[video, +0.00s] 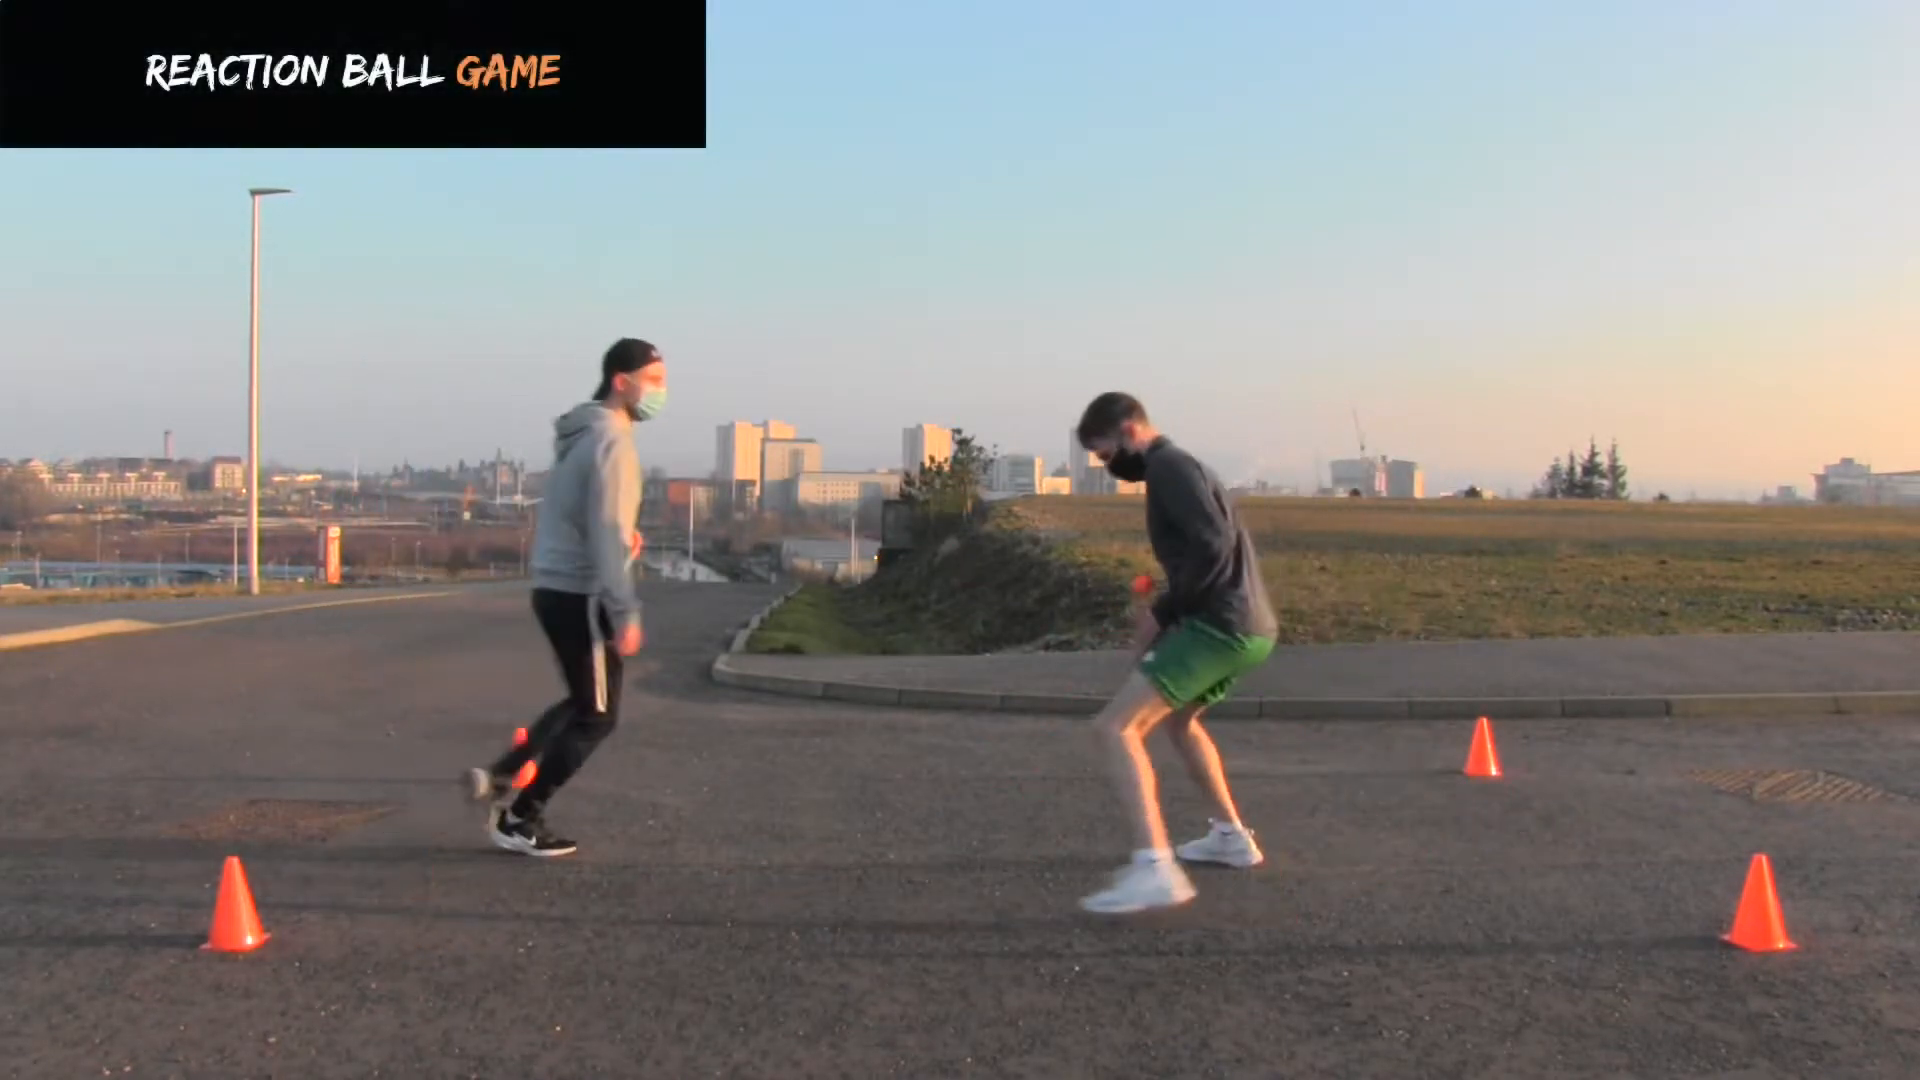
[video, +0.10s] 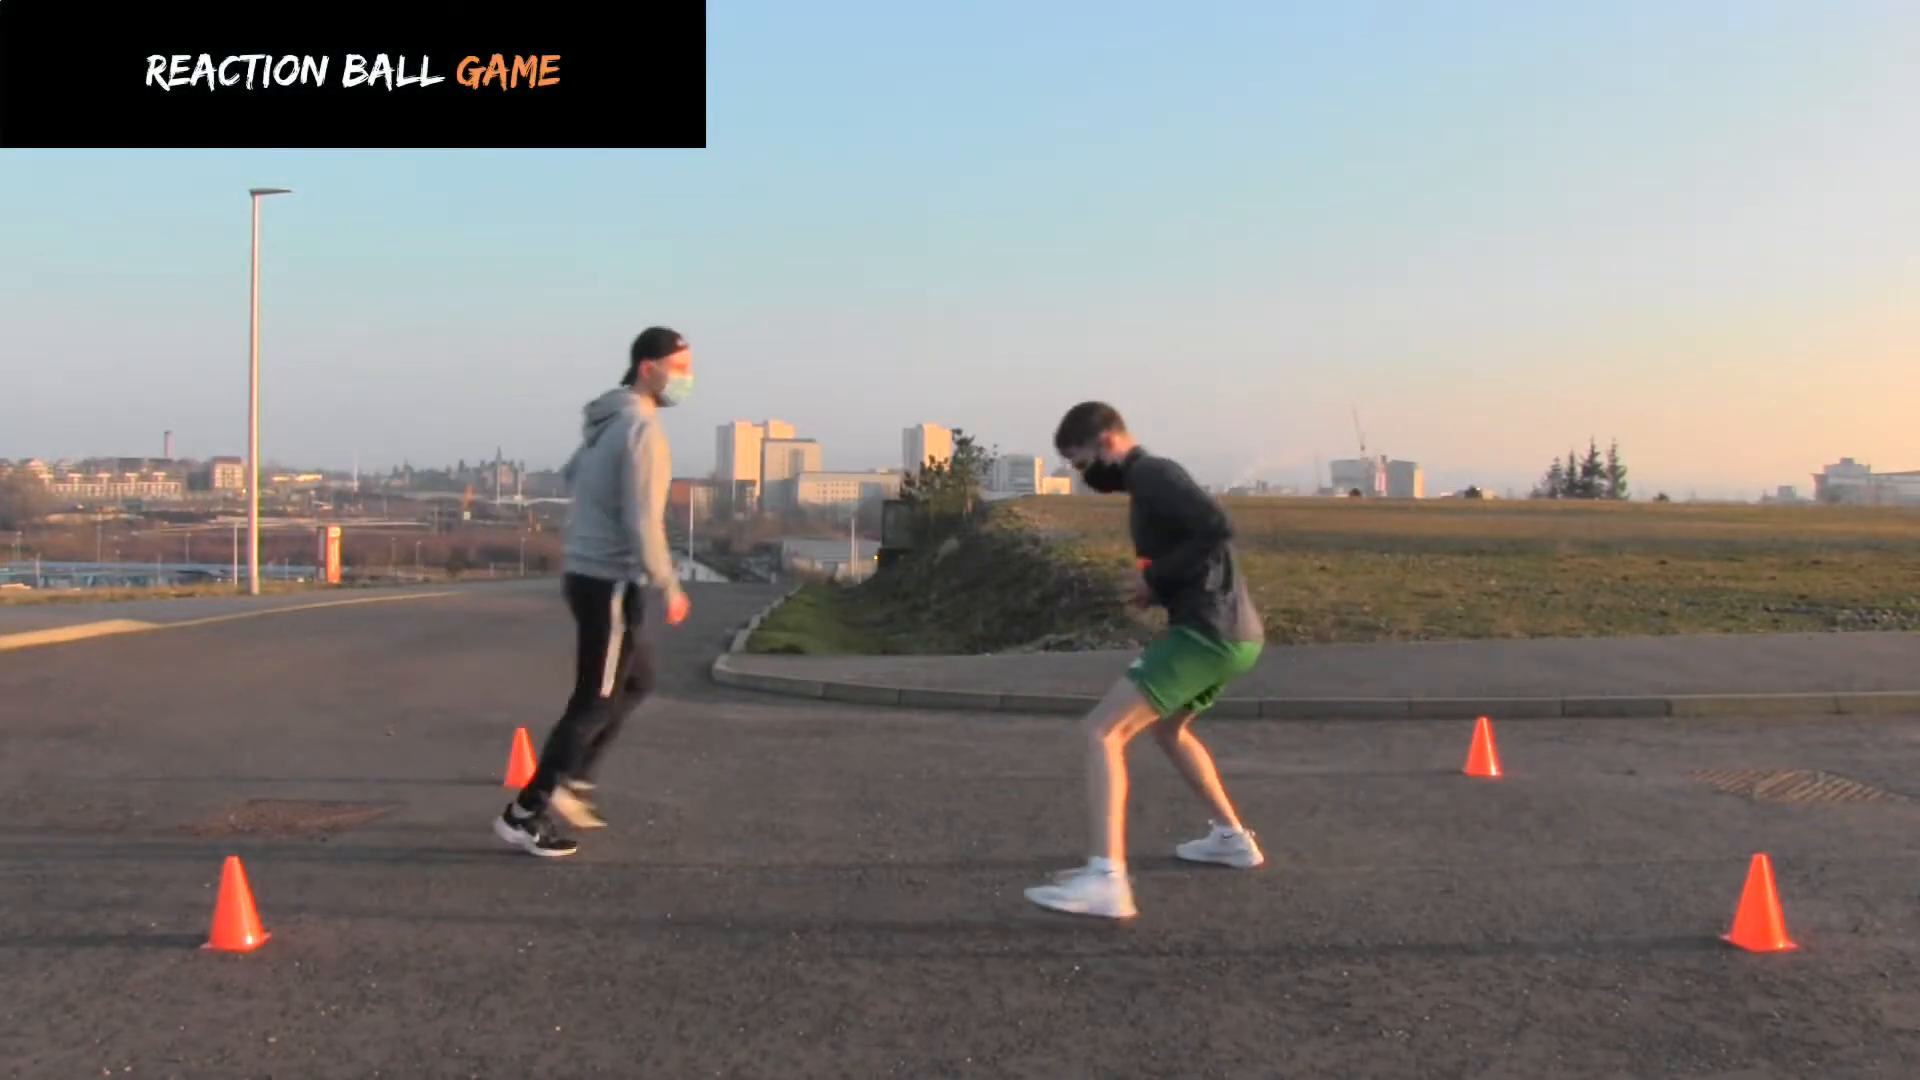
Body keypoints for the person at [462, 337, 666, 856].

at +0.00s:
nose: (661, 390)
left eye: (663, 380)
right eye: (654, 380)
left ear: (619, 383)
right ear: (622, 381)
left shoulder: (587, 431)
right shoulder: (612, 439)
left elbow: (575, 514)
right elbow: (606, 531)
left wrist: (618, 534)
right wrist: (625, 614)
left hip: (557, 587)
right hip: (578, 591)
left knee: (587, 701)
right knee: (597, 713)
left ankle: (500, 776)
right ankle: (520, 819)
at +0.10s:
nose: (688, 375)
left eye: (689, 366)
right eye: (681, 366)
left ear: (647, 370)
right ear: (648, 368)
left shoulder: (613, 419)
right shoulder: (643, 427)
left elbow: (571, 473)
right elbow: (643, 518)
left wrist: (614, 507)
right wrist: (669, 585)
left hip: (595, 572)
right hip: (608, 578)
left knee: (636, 679)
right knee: (596, 698)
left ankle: (571, 780)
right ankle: (525, 811)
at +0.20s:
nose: (722, 361)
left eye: (723, 352)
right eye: (715, 352)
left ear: (684, 355)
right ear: (684, 353)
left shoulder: (654, 402)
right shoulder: (688, 408)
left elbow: (622, 453)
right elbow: (687, 493)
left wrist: (668, 487)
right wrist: (715, 540)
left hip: (644, 552)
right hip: (659, 556)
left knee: (675, 667)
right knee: (637, 676)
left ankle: (687, 782)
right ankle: (561, 792)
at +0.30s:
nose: (741, 375)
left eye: (743, 367)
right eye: (734, 366)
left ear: (710, 370)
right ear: (705, 367)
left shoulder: (694, 414)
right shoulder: (706, 418)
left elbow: (683, 496)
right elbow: (699, 501)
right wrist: (738, 541)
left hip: (683, 562)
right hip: (682, 564)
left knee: (715, 670)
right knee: (686, 682)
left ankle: (703, 785)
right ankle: (589, 779)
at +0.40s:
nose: (769, 387)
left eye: (772, 379)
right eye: (760, 379)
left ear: (772, 384)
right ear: (735, 383)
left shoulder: (763, 434)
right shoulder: (724, 433)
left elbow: (757, 497)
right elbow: (699, 509)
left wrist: (788, 515)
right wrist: (739, 565)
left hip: (749, 577)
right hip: (717, 580)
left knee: (755, 687)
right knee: (754, 689)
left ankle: (709, 784)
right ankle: (673, 782)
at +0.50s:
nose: (785, 373)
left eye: (789, 365)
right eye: (773, 366)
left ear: (796, 371)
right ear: (752, 372)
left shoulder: (797, 429)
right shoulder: (737, 424)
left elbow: (789, 494)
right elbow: (702, 492)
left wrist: (827, 500)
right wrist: (738, 549)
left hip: (784, 569)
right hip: (746, 570)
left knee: (759, 674)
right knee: (790, 674)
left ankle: (712, 776)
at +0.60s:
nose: (806, 358)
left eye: (812, 350)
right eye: (795, 351)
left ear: (822, 356)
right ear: (777, 360)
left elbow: (846, 477)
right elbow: (722, 475)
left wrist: (860, 472)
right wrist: (751, 529)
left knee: (811, 661)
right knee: (825, 663)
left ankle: (743, 745)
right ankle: (845, 752)